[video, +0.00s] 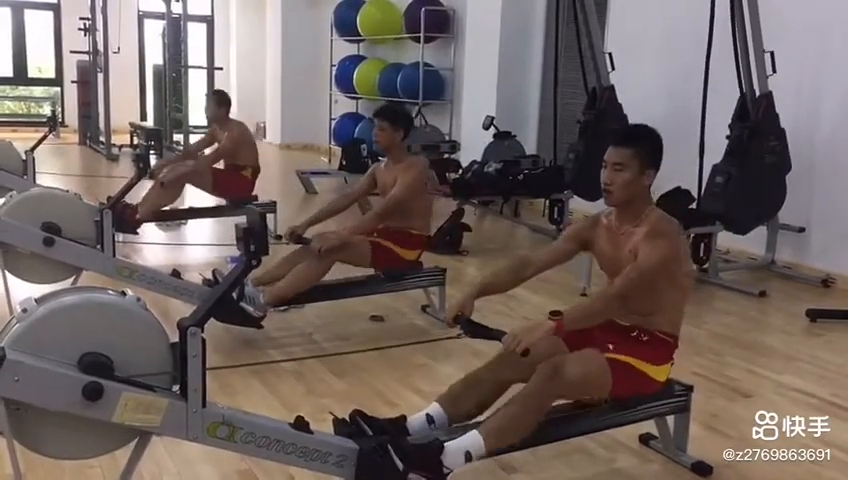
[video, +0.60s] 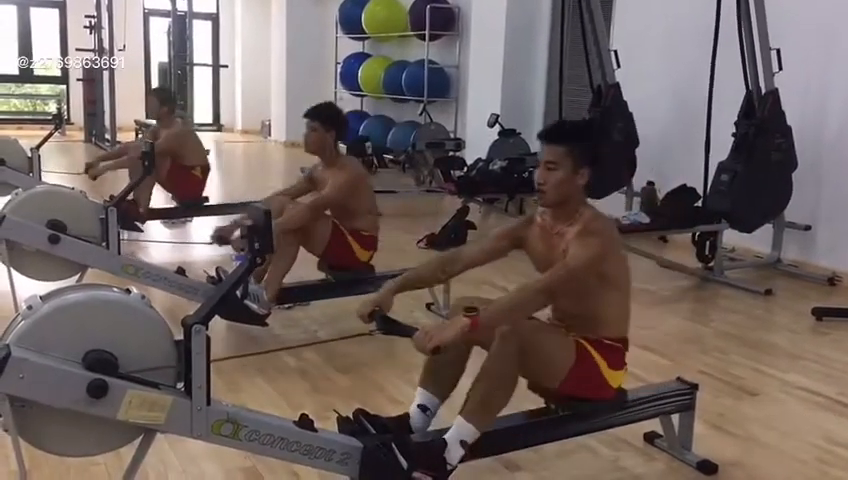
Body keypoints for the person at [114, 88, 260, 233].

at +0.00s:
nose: (205, 110)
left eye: (209, 106)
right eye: (206, 106)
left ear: (222, 109)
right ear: (217, 109)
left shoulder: (236, 131)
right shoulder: (216, 130)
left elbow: (212, 160)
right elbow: (192, 150)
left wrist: (176, 170)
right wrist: (164, 163)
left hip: (241, 186)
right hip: (231, 181)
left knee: (184, 173)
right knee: (177, 168)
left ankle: (141, 216)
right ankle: (138, 211)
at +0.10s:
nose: (198, 111)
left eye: (202, 106)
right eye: (198, 106)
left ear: (217, 109)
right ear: (201, 108)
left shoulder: (226, 131)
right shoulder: (209, 129)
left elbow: (202, 158)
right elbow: (187, 148)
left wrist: (166, 168)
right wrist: (163, 160)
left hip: (233, 186)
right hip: (224, 181)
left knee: (176, 169)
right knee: (171, 165)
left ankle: (141, 214)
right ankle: (139, 210)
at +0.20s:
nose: (185, 113)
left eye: (189, 109)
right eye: (185, 109)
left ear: (204, 109)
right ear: (201, 110)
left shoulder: (217, 131)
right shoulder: (201, 129)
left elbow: (185, 159)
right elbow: (178, 146)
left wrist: (148, 165)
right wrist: (151, 158)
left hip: (225, 185)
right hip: (216, 180)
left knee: (172, 164)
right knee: (167, 161)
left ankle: (141, 212)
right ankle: (140, 208)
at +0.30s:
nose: (178, 108)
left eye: (182, 105)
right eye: (178, 104)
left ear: (196, 108)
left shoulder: (206, 130)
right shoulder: (187, 128)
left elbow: (180, 153)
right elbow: (168, 144)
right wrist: (138, 156)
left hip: (216, 184)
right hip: (207, 179)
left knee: (165, 165)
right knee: (160, 158)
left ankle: (140, 213)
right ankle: (138, 209)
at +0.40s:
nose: (167, 109)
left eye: (172, 106)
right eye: (170, 105)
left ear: (184, 109)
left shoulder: (194, 132)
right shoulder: (176, 128)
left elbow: (160, 156)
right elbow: (151, 147)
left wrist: (122, 163)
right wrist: (121, 162)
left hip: (206, 186)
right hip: (198, 180)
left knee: (158, 163)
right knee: (154, 165)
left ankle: (140, 210)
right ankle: (139, 209)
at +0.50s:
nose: (156, 107)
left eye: (160, 103)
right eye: (157, 102)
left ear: (172, 109)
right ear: (170, 110)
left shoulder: (182, 134)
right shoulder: (166, 130)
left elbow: (148, 157)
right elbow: (141, 148)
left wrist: (114, 167)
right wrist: (107, 158)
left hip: (198, 186)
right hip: (188, 181)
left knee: (152, 162)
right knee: (141, 159)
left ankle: (141, 209)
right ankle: (139, 207)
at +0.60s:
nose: (147, 107)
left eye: (151, 103)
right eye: (148, 103)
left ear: (164, 109)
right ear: (164, 110)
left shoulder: (175, 133)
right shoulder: (161, 128)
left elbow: (140, 157)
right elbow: (133, 147)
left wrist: (105, 168)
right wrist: (99, 158)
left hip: (192, 187)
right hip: (184, 182)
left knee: (145, 161)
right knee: (138, 154)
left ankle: (141, 209)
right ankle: (139, 206)